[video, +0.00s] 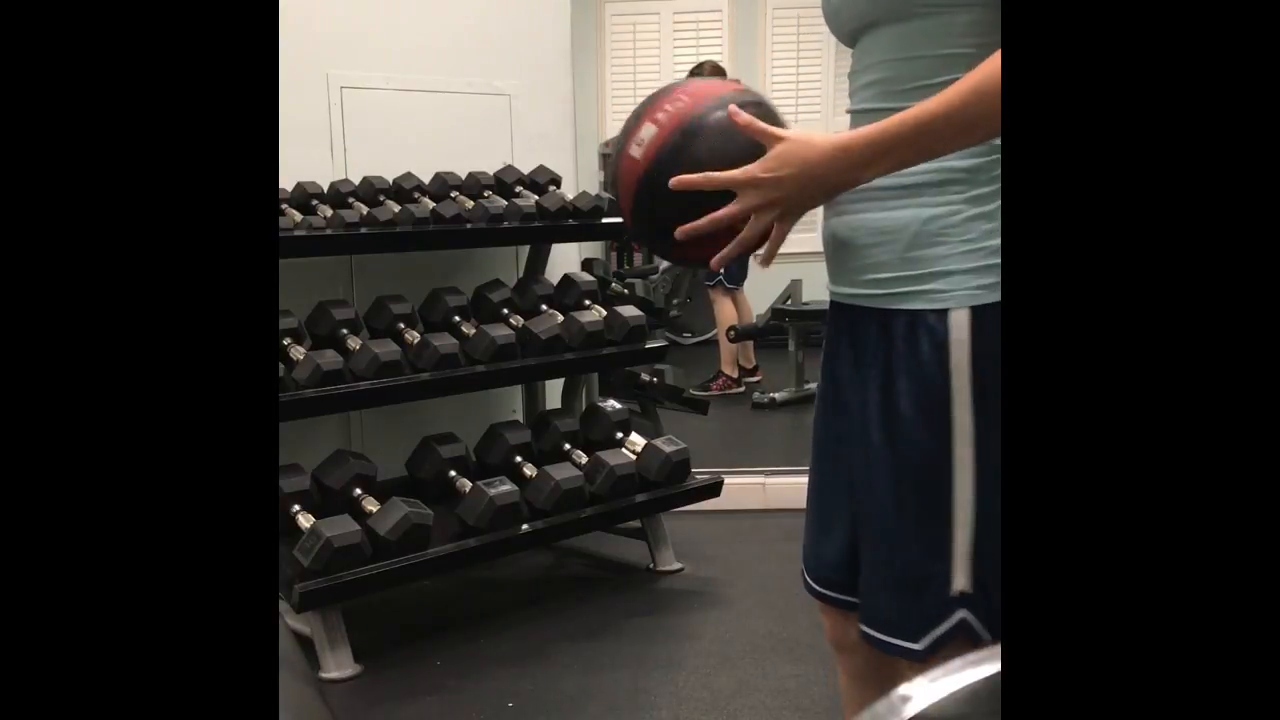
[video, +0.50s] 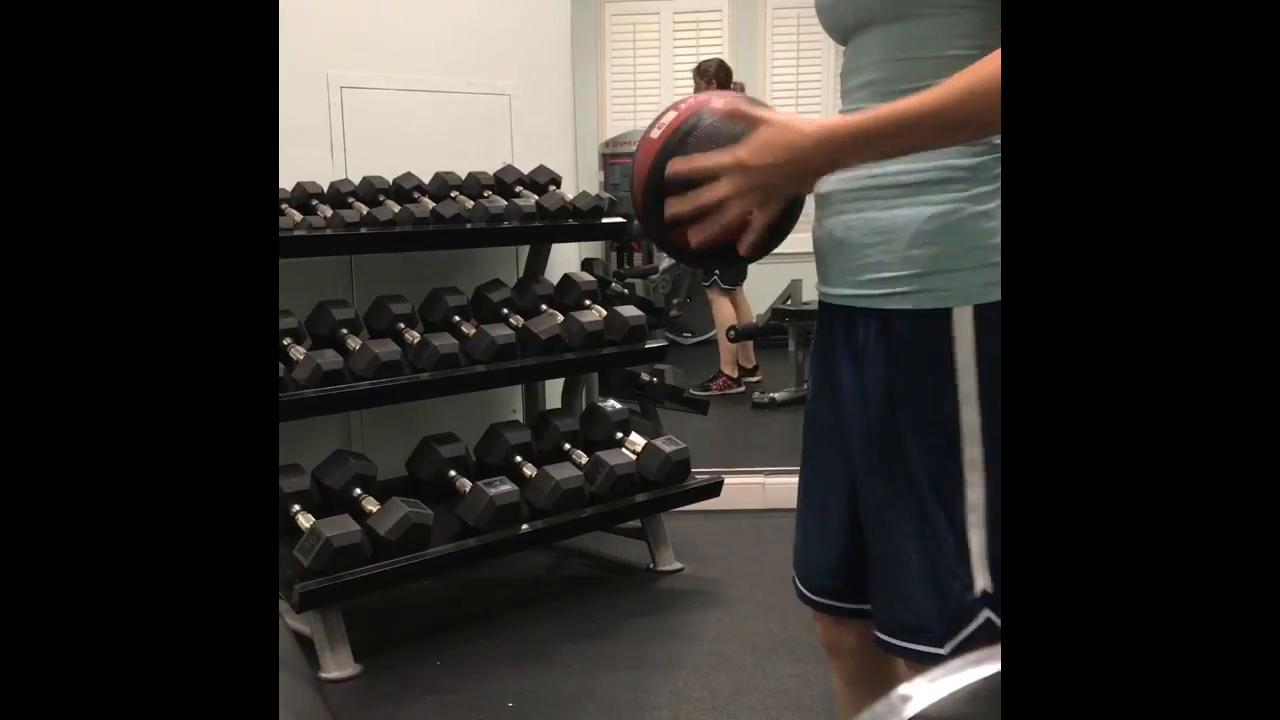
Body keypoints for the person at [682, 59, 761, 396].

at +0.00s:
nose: (690, 97)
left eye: (694, 90)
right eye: (692, 90)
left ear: (703, 90)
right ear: (724, 85)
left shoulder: (704, 129)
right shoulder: (742, 122)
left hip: (719, 221)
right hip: (741, 218)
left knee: (719, 290)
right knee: (735, 289)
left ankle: (729, 372)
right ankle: (749, 364)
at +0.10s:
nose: (690, 93)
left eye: (693, 87)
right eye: (692, 87)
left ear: (703, 88)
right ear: (724, 83)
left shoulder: (703, 124)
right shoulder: (744, 117)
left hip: (714, 217)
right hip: (741, 211)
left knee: (720, 292)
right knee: (734, 289)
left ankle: (730, 373)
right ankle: (749, 365)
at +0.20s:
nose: (691, 93)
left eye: (693, 86)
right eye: (692, 87)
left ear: (704, 87)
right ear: (724, 83)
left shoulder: (708, 124)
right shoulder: (740, 119)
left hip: (716, 218)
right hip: (740, 213)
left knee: (720, 293)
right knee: (733, 290)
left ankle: (730, 373)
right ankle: (749, 364)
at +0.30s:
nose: (691, 91)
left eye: (694, 85)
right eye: (692, 85)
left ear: (706, 84)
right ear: (722, 82)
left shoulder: (709, 125)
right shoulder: (739, 119)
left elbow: (706, 180)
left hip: (714, 222)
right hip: (740, 218)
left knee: (720, 293)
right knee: (735, 291)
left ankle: (730, 373)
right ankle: (749, 365)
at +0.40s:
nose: (693, 94)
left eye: (694, 88)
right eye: (693, 88)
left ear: (707, 86)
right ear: (722, 84)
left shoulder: (710, 123)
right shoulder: (745, 117)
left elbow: (702, 178)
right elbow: (759, 171)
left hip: (714, 222)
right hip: (742, 220)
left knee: (719, 292)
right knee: (736, 290)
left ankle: (729, 373)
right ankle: (749, 365)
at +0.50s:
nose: (693, 91)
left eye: (695, 85)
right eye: (693, 85)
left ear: (710, 84)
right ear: (722, 83)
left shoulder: (708, 126)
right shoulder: (740, 119)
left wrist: (693, 217)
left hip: (716, 222)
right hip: (739, 219)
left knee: (718, 292)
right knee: (735, 290)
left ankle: (729, 373)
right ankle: (748, 365)